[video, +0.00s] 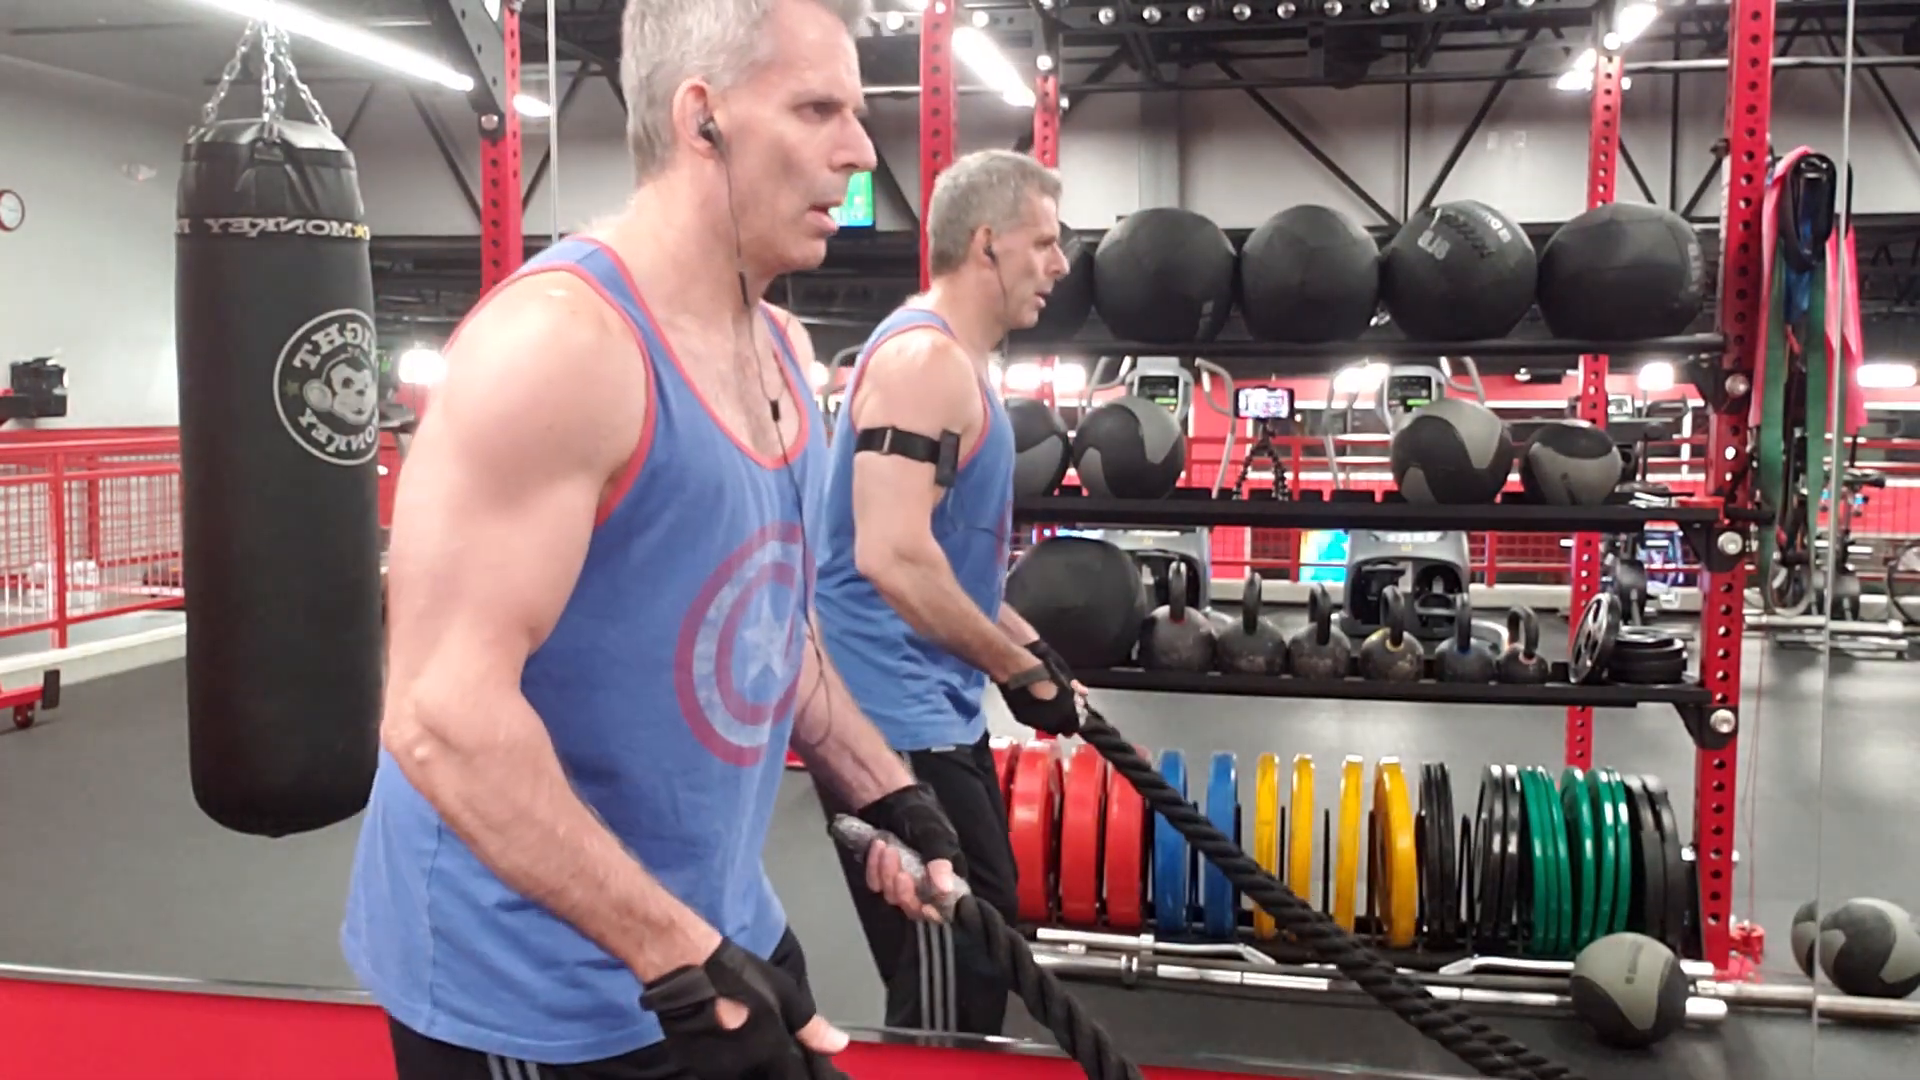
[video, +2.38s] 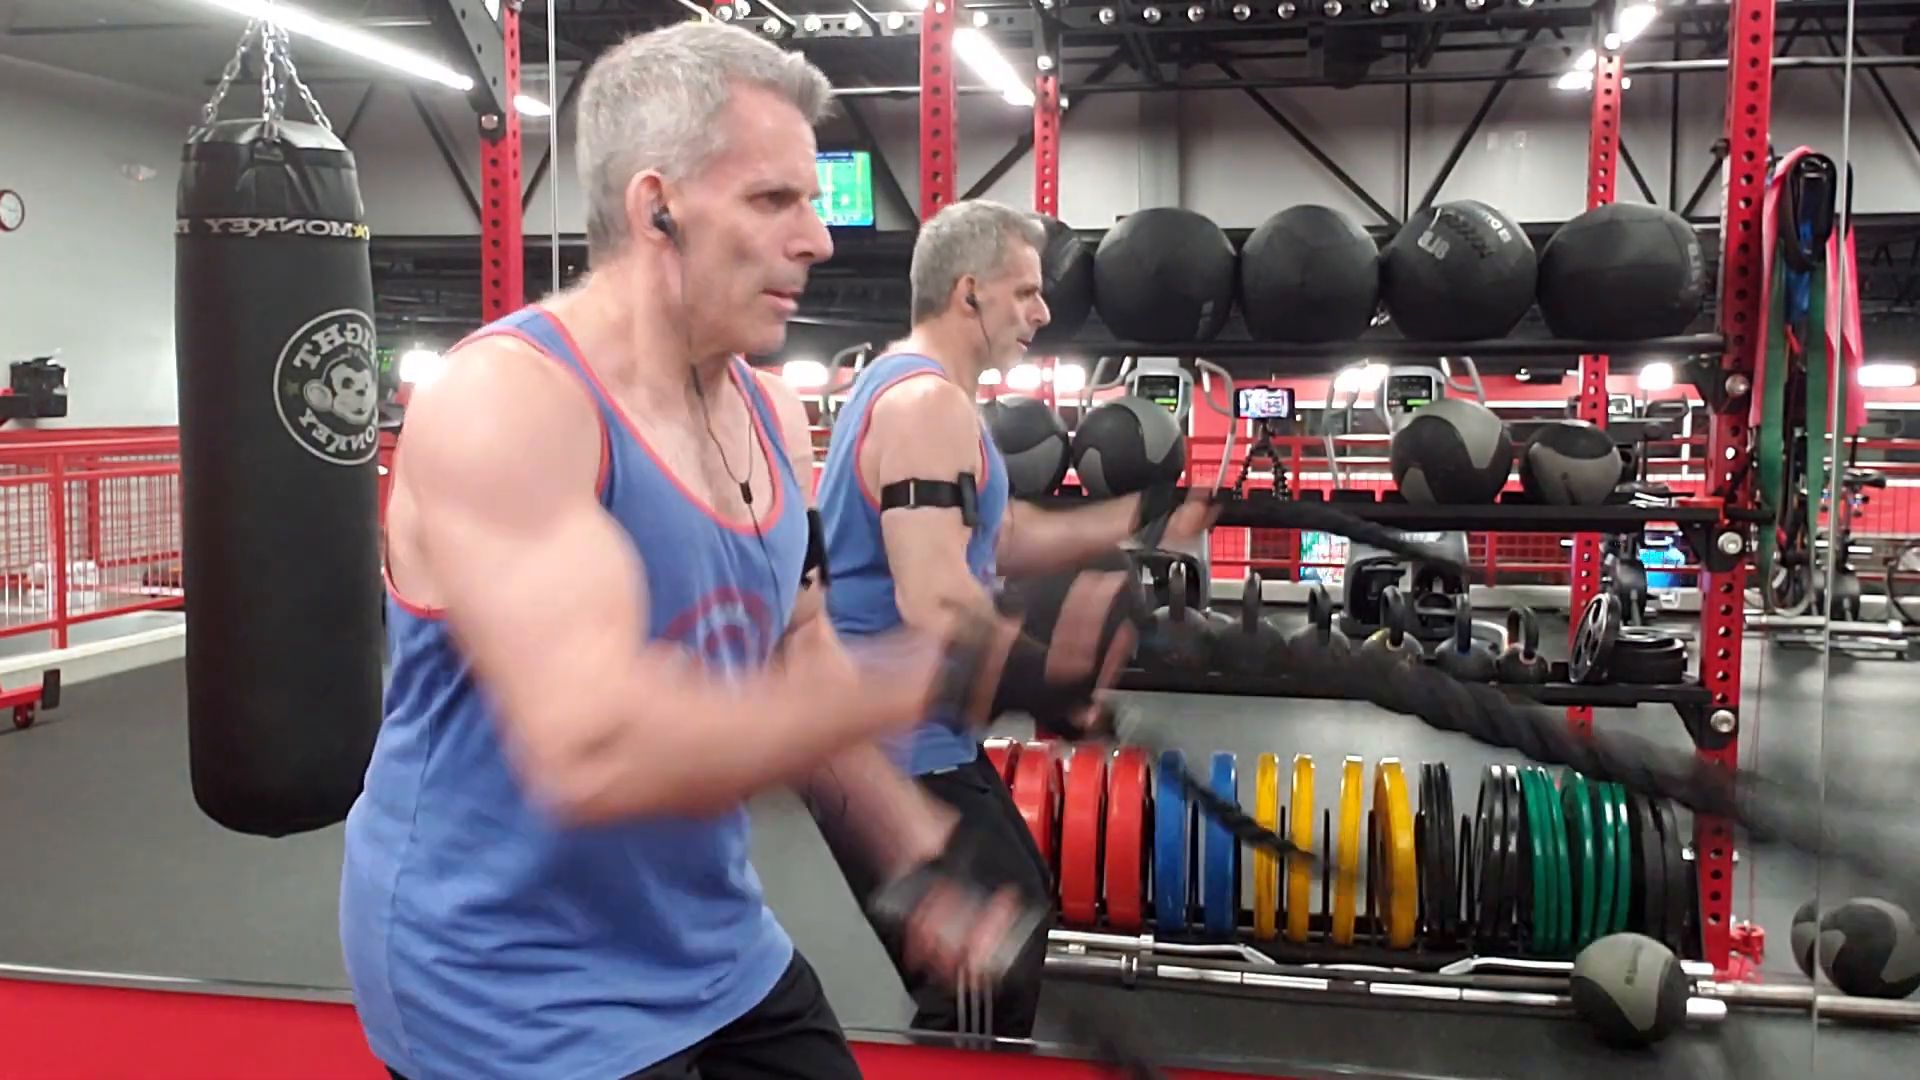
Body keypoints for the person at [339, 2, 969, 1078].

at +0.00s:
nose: (860, 152)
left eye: (855, 115)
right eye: (822, 111)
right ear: (703, 116)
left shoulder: (781, 348)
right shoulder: (550, 345)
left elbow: (763, 621)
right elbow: (441, 712)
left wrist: (885, 797)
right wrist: (685, 961)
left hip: (731, 928)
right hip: (536, 995)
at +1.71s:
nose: (839, 189)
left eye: (835, 153)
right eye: (797, 149)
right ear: (682, 165)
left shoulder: (751, 393)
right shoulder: (553, 383)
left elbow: (739, 686)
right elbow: (432, 754)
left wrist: (870, 865)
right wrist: (674, 1017)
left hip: (733, 959)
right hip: (533, 1017)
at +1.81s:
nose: (819, 189)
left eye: (817, 155)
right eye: (781, 149)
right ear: (666, 158)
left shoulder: (746, 388)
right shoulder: (533, 367)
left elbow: (730, 696)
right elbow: (533, 723)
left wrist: (827, 891)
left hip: (722, 947)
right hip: (541, 986)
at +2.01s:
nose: (815, 206)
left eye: (812, 168)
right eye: (775, 164)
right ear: (658, 175)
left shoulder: (741, 388)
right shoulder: (516, 383)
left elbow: (752, 673)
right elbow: (581, 740)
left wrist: (857, 855)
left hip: (697, 924)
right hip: (516, 967)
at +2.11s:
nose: (818, 209)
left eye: (814, 172)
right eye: (779, 169)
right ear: (663, 176)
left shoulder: (729, 374)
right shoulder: (529, 396)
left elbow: (784, 611)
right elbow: (506, 788)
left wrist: (969, 687)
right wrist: (733, 1026)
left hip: (695, 913)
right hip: (514, 979)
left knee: (793, 1049)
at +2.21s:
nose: (817, 216)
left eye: (812, 180)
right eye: (779, 178)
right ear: (658, 185)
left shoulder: (742, 386)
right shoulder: (523, 389)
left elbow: (811, 624)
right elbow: (524, 762)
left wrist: (1017, 625)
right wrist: (784, 913)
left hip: (705, 961)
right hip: (519, 1004)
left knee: (815, 1065)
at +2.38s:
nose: (817, 239)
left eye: (812, 201)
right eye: (776, 200)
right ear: (656, 207)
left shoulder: (765, 404)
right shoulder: (493, 404)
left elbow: (803, 660)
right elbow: (588, 751)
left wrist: (922, 862)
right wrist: (878, 688)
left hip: (708, 922)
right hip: (510, 965)